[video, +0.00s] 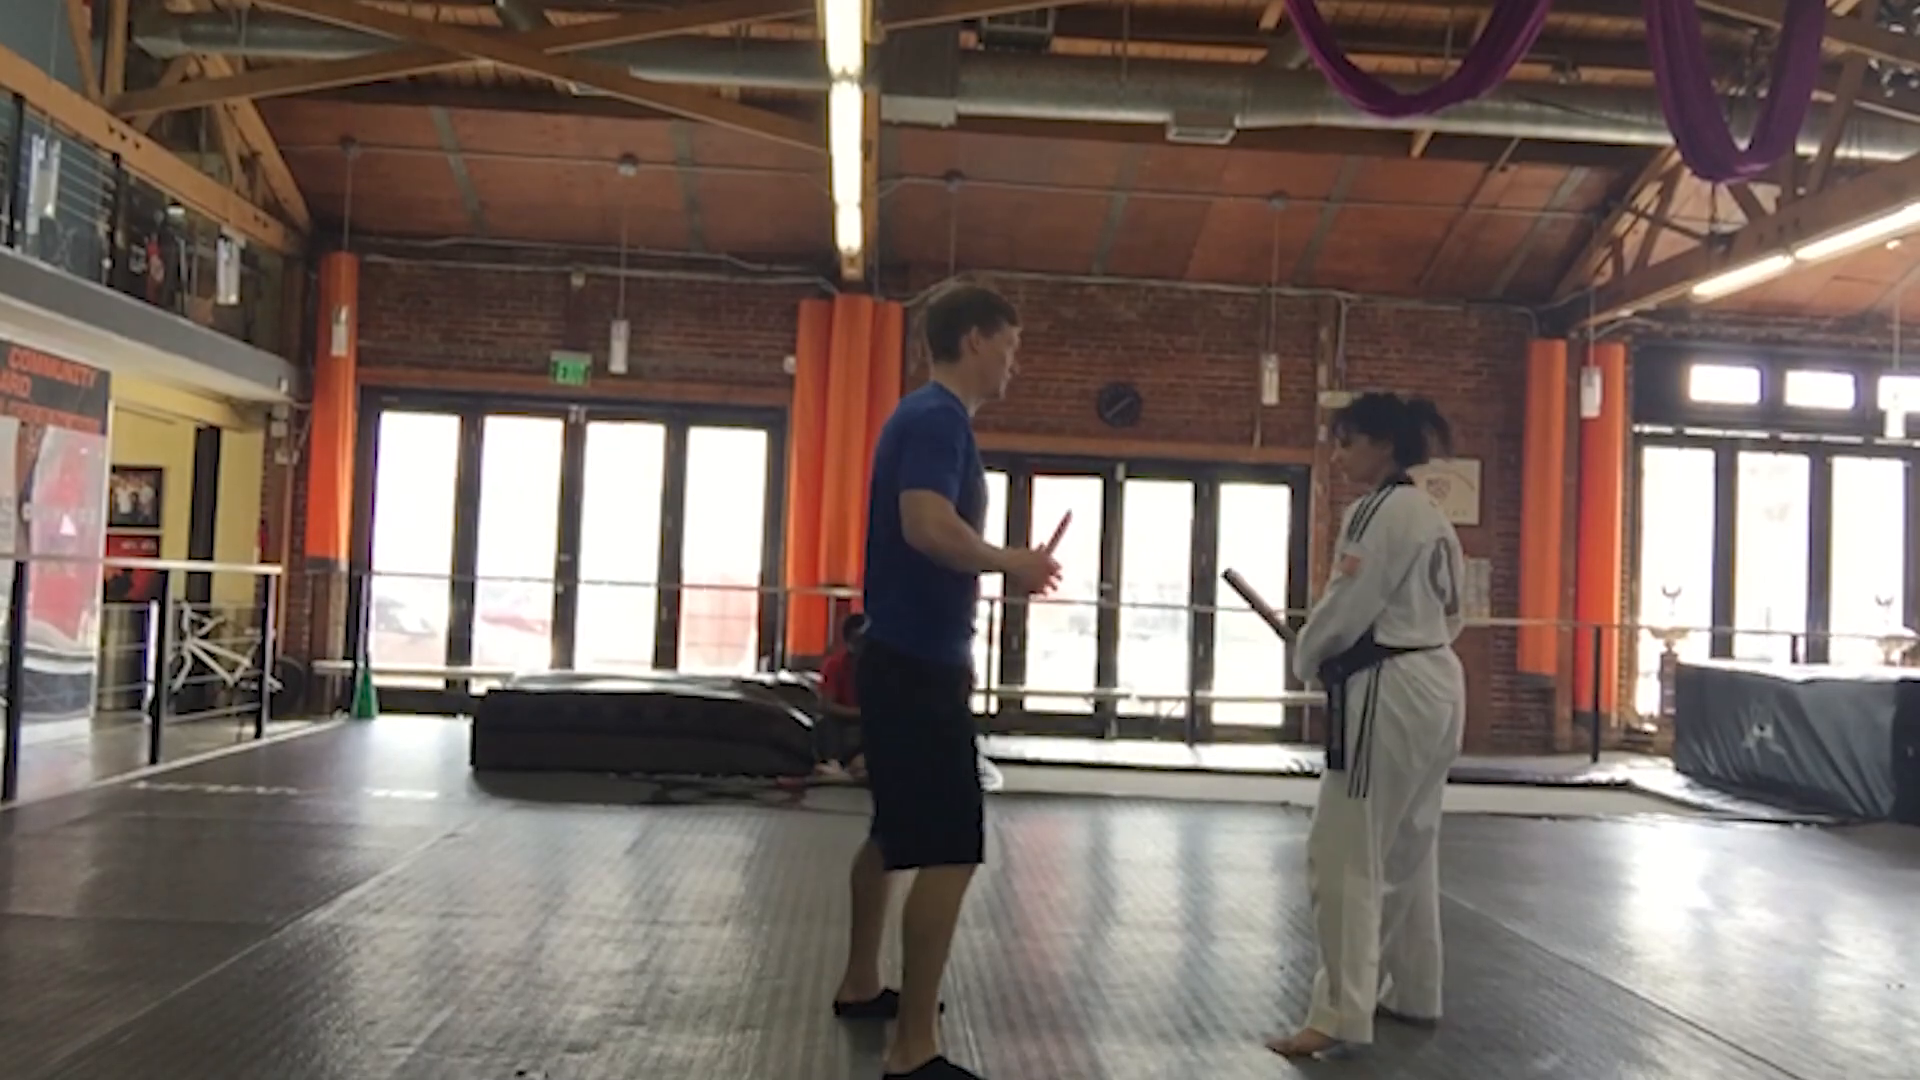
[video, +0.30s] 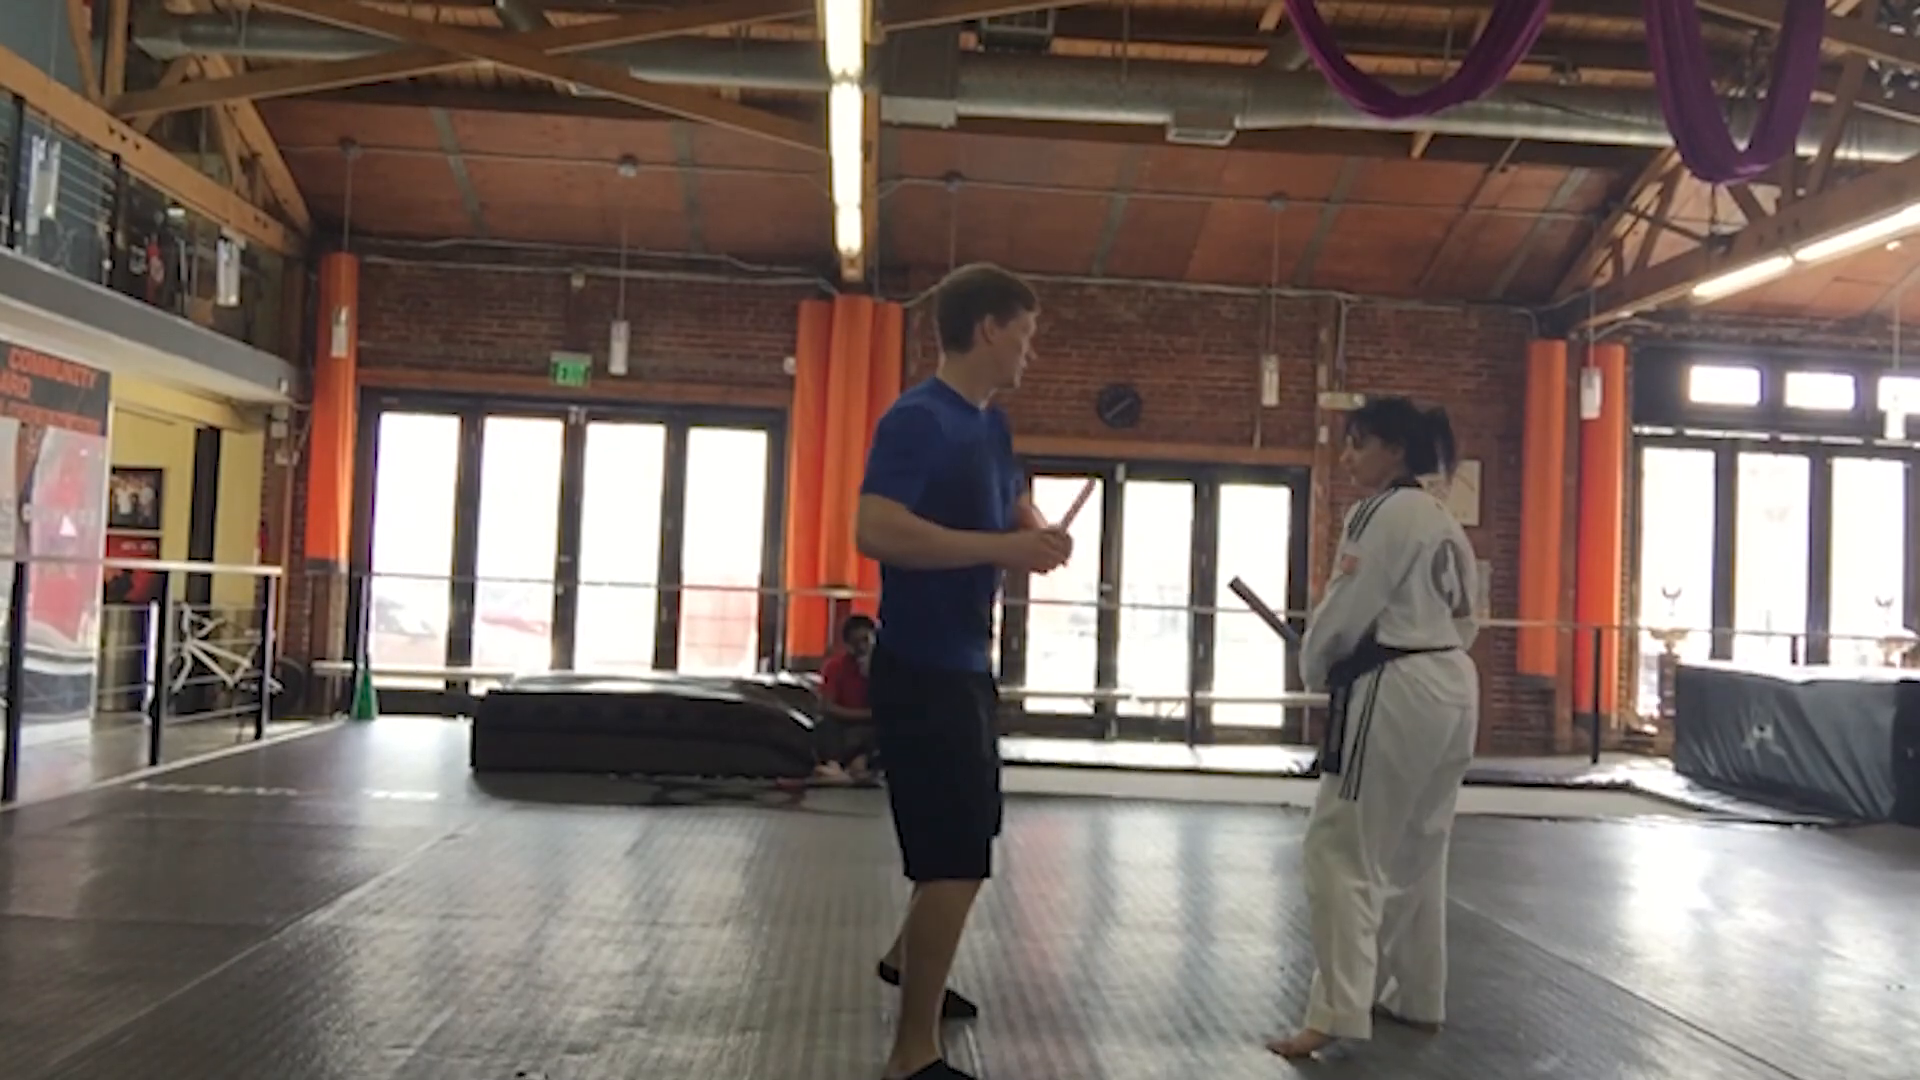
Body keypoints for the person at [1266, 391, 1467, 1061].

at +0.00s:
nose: (1339, 454)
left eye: (1350, 442)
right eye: (1338, 442)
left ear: (1386, 446)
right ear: (1389, 452)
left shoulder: (1388, 511)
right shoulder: (1422, 510)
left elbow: (1348, 608)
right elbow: (1433, 610)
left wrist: (1305, 653)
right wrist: (1311, 621)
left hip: (1393, 685)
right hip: (1434, 681)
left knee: (1342, 849)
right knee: (1410, 849)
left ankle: (1340, 1016)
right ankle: (1414, 996)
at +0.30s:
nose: (1349, 456)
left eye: (1360, 444)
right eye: (1350, 444)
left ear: (1396, 450)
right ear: (1406, 456)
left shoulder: (1390, 513)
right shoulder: (1436, 514)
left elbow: (1342, 618)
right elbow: (1455, 614)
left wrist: (1314, 667)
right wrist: (1314, 621)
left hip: (1401, 686)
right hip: (1451, 683)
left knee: (1338, 843)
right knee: (1418, 848)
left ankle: (1338, 1013)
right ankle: (1417, 999)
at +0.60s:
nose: (1340, 492)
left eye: (1351, 481)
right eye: (1343, 480)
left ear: (1384, 486)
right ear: (1410, 493)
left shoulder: (1367, 532)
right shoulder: (1451, 551)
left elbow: (1271, 598)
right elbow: (1457, 635)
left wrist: (1236, 650)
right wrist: (1372, 670)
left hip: (1414, 702)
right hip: (1476, 707)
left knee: (1313, 846)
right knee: (1411, 867)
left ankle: (1332, 1011)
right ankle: (1415, 1001)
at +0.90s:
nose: (1314, 527)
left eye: (1324, 514)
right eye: (1316, 515)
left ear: (1361, 520)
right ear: (1373, 524)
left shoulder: (1351, 565)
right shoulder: (1398, 574)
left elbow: (1307, 593)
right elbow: (1429, 653)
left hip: (1395, 743)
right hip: (1430, 741)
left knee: (1333, 907)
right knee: (1366, 884)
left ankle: (1378, 1068)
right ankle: (1410, 999)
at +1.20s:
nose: (1293, 522)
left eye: (1305, 508)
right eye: (1293, 508)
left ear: (1350, 517)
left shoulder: (1424, 594)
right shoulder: (1281, 604)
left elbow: (1497, 662)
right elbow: (1213, 657)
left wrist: (1469, 696)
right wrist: (1160, 647)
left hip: (1412, 775)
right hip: (1327, 776)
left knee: (1355, 905)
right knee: (1273, 906)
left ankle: (1370, 1071)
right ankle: (1309, 1002)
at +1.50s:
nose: (1294, 600)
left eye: (1310, 587)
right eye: (1292, 585)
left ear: (1360, 596)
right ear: (1290, 588)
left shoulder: (1389, 654)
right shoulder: (1288, 656)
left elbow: (1421, 754)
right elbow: (1403, 702)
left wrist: (1497, 709)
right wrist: (1496, 667)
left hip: (1374, 831)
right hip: (1290, 834)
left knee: (1357, 903)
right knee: (1271, 992)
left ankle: (1373, 1072)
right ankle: (1299, 1015)